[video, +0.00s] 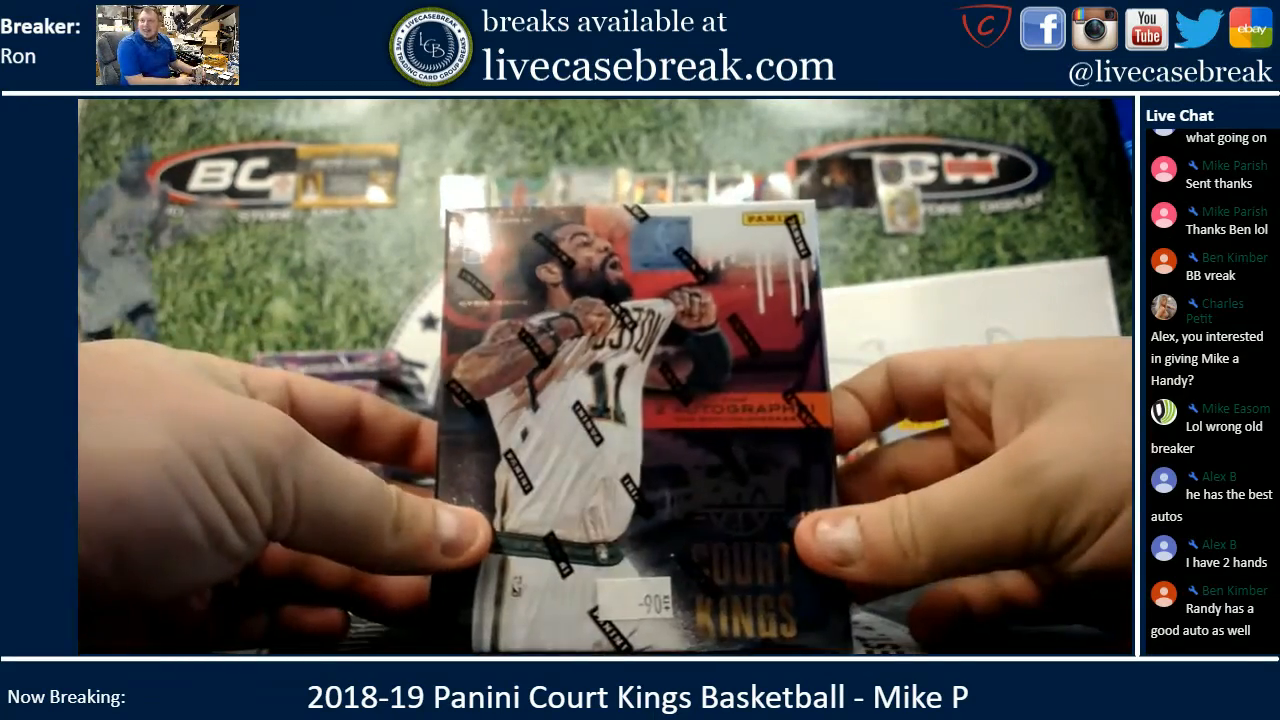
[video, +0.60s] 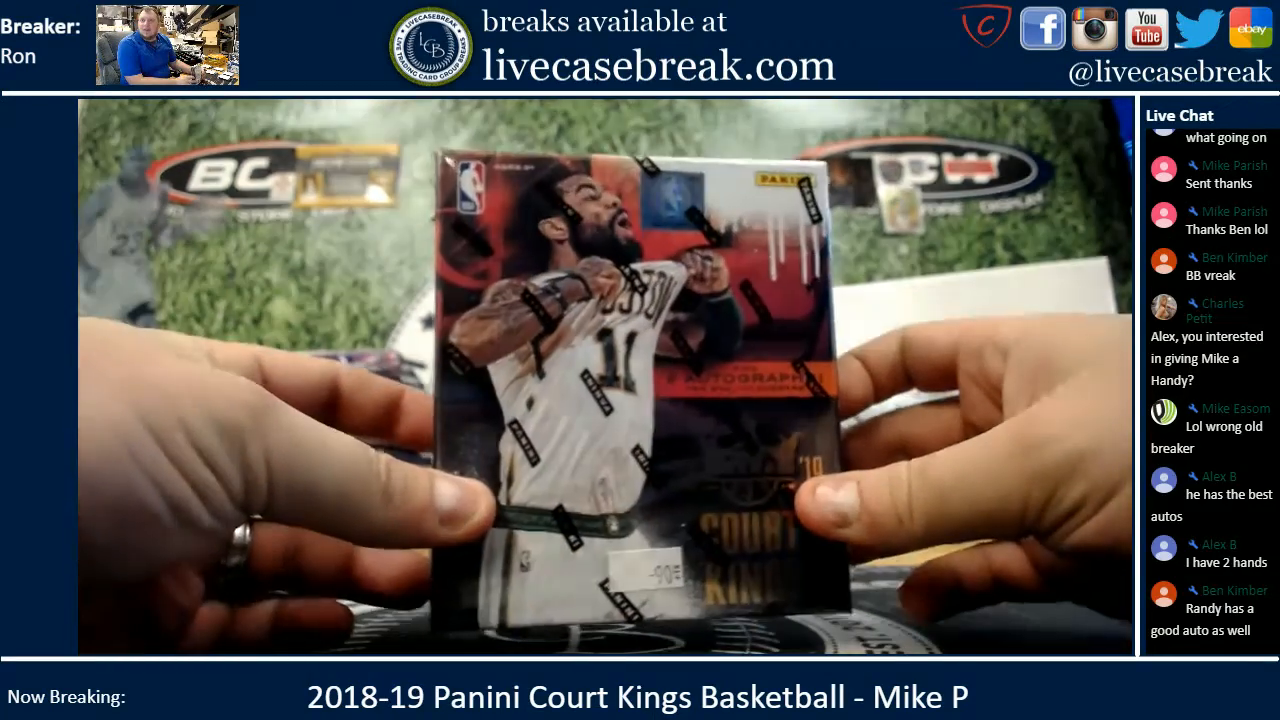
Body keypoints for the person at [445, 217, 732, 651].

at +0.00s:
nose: (605, 248)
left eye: (602, 241)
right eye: (582, 242)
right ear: (548, 273)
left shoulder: (634, 325)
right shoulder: (517, 333)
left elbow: (713, 375)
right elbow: (468, 381)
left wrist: (704, 329)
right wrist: (563, 326)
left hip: (611, 563)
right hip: (533, 566)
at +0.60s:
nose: (613, 199)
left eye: (605, 190)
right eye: (587, 194)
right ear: (554, 228)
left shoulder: (648, 284)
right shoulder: (517, 295)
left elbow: (722, 341)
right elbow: (467, 342)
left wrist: (717, 294)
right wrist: (570, 286)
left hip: (623, 532)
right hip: (540, 537)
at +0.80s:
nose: (592, 202)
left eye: (586, 195)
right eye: (568, 198)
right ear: (534, 232)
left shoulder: (625, 286)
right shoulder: (500, 299)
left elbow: (706, 338)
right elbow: (449, 349)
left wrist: (697, 290)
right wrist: (548, 290)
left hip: (604, 531)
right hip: (522, 536)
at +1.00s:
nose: (587, 206)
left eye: (581, 198)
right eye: (563, 202)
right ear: (530, 236)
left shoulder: (621, 287)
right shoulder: (496, 304)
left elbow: (701, 338)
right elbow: (446, 353)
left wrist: (691, 289)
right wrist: (546, 291)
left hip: (602, 529)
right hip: (520, 535)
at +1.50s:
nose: (596, 232)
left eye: (593, 226)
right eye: (572, 226)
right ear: (540, 253)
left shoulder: (622, 298)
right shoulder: (506, 303)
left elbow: (696, 344)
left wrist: (689, 302)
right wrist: (558, 299)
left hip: (595, 518)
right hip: (518, 519)